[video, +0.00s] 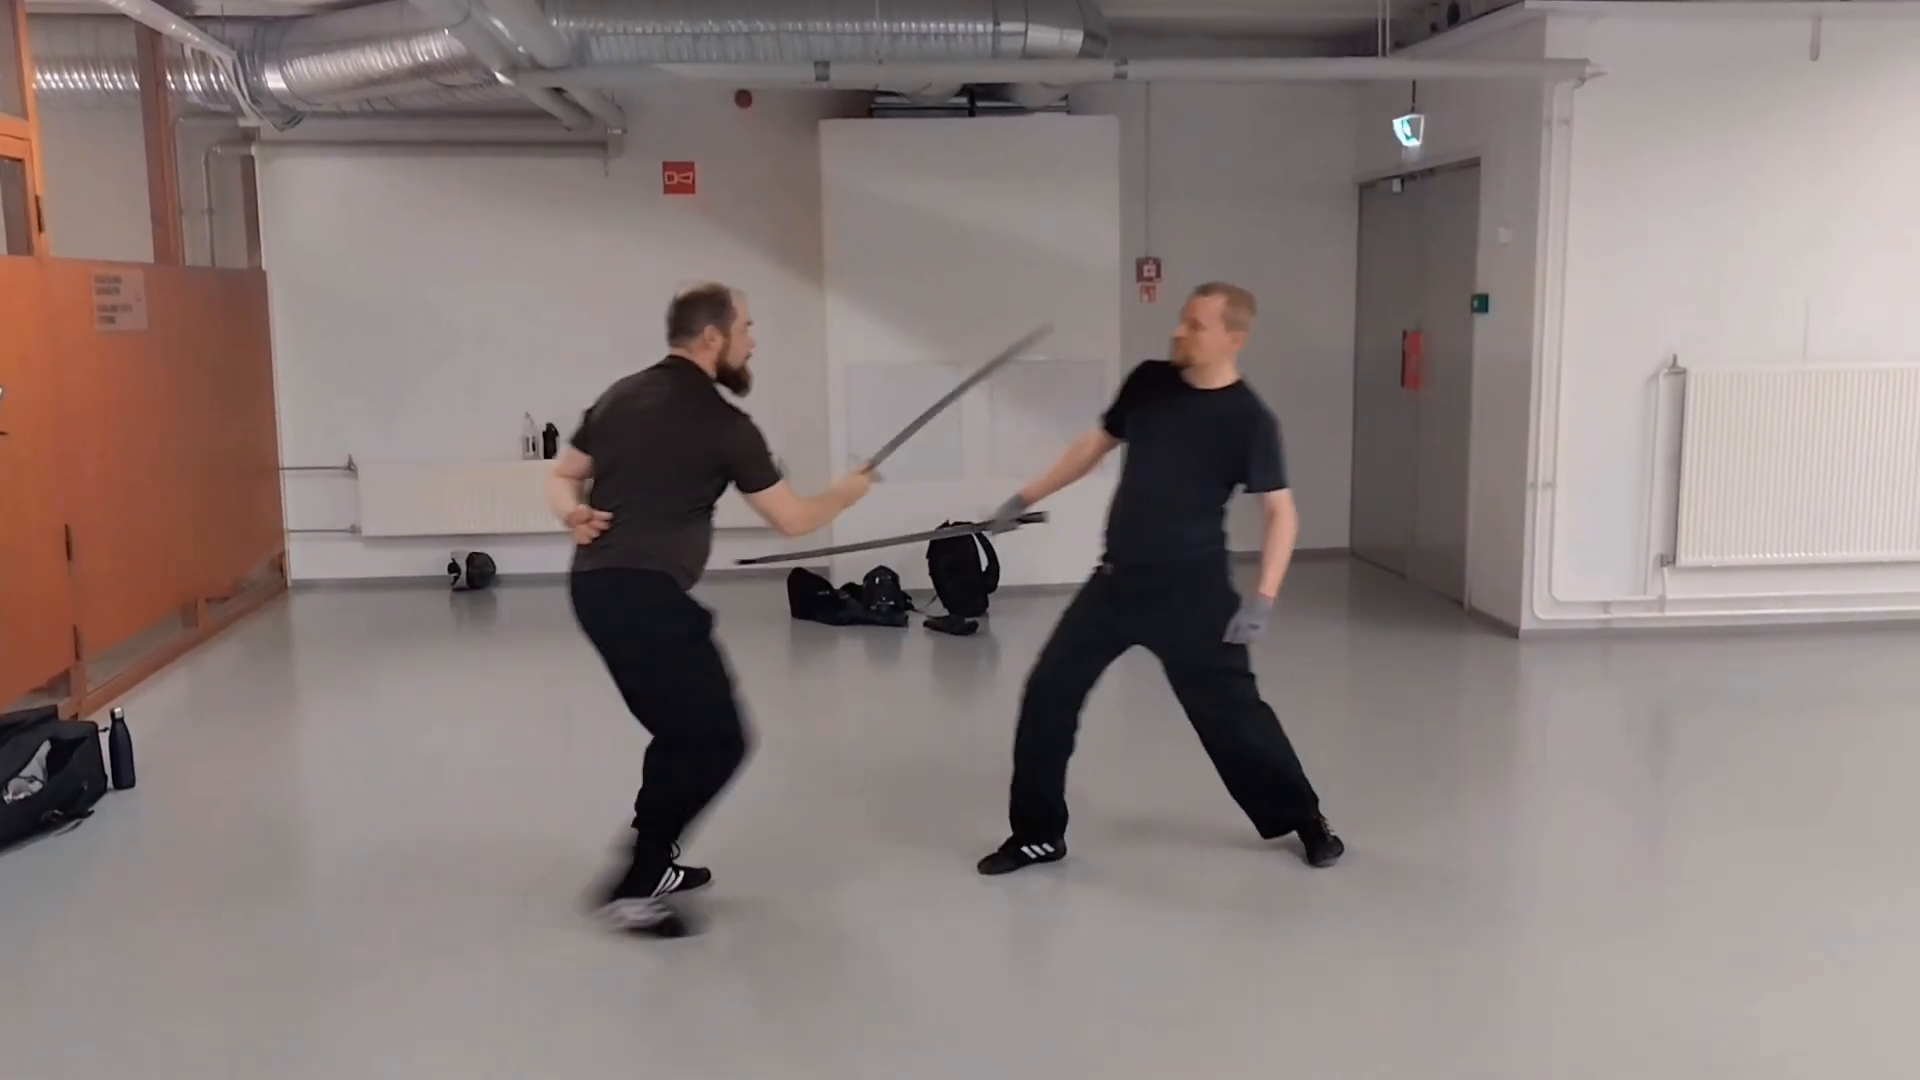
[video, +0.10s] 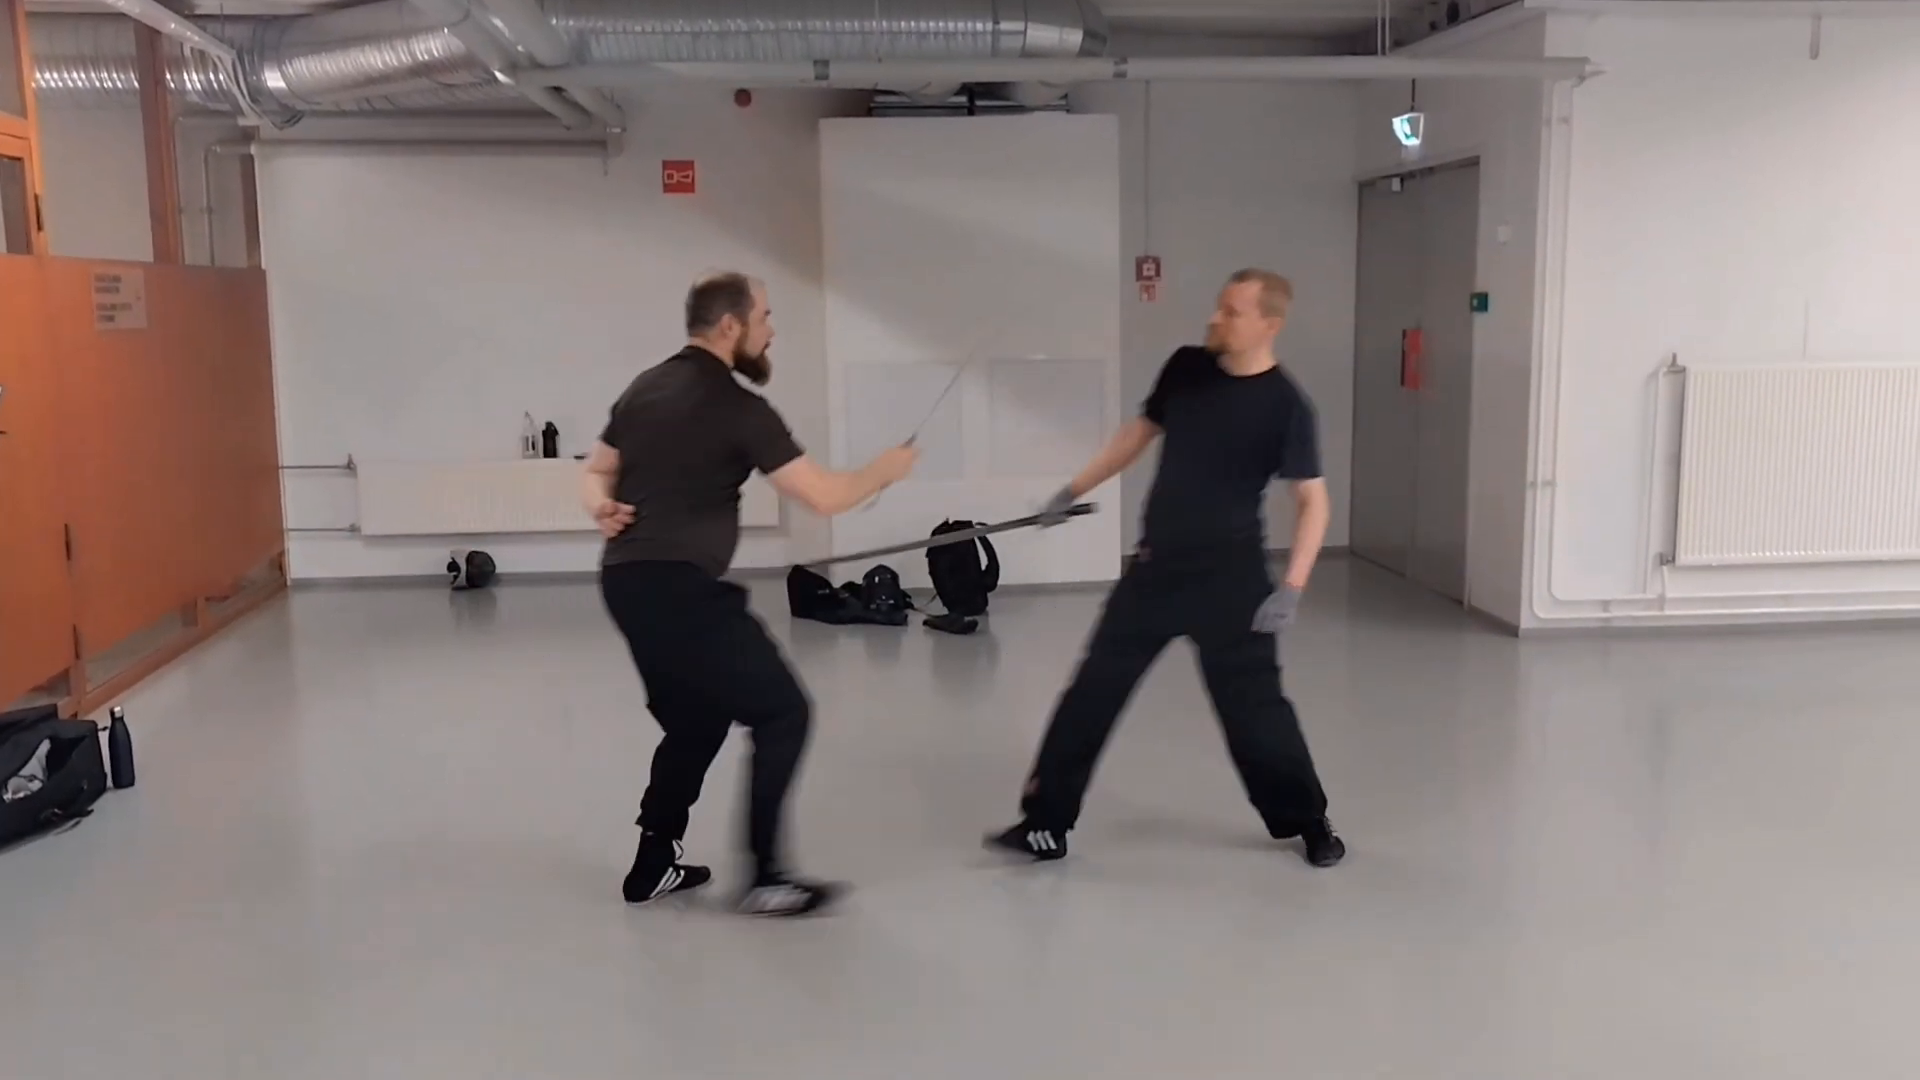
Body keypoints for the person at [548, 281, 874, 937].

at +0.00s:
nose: (751, 342)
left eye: (749, 329)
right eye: (744, 329)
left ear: (686, 338)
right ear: (713, 337)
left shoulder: (623, 397)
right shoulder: (722, 422)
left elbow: (561, 477)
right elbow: (792, 518)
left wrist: (573, 512)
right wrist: (845, 493)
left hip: (598, 586)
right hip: (651, 590)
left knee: (681, 728)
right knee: (720, 739)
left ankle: (648, 860)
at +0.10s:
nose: (771, 331)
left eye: (768, 317)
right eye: (763, 318)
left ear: (709, 328)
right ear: (730, 326)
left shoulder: (645, 390)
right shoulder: (736, 405)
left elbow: (595, 474)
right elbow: (826, 496)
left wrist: (603, 507)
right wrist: (884, 470)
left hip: (629, 579)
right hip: (686, 581)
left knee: (697, 720)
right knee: (784, 709)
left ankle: (653, 865)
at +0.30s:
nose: (819, 320)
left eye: (817, 306)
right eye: (811, 308)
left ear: (753, 318)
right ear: (776, 315)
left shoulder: (710, 383)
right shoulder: (779, 380)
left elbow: (676, 473)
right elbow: (881, 411)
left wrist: (678, 504)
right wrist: (956, 360)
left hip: (707, 577)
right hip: (763, 576)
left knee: (727, 728)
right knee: (856, 712)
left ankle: (654, 860)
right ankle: (902, 863)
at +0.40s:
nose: (852, 315)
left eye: (849, 302)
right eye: (844, 303)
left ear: (789, 315)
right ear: (812, 311)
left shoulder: (750, 382)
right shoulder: (810, 373)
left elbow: (730, 470)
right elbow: (906, 361)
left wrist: (719, 501)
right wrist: (971, 293)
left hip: (742, 580)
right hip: (797, 581)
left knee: (743, 726)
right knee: (890, 706)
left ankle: (653, 858)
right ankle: (904, 865)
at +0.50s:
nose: (879, 308)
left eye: (875, 296)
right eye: (872, 297)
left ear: (813, 311)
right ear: (840, 308)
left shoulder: (782, 377)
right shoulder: (835, 363)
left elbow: (787, 465)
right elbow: (922, 319)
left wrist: (759, 494)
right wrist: (971, 237)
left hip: (765, 573)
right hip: (820, 576)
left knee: (748, 718)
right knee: (909, 709)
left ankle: (654, 850)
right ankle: (906, 865)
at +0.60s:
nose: (895, 316)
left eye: (894, 303)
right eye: (888, 301)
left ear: (827, 306)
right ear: (861, 305)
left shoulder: (795, 379)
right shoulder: (844, 353)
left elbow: (804, 471)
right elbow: (919, 288)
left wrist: (772, 494)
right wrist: (962, 206)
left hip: (773, 567)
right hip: (826, 568)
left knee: (752, 711)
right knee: (914, 705)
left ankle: (657, 841)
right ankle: (906, 863)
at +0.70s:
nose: (896, 315)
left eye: (895, 303)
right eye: (889, 297)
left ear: (827, 300)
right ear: (866, 299)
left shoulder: (800, 373)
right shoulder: (839, 349)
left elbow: (796, 465)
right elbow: (913, 274)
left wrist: (767, 492)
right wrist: (952, 190)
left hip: (771, 564)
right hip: (822, 566)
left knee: (754, 708)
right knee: (911, 704)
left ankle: (666, 837)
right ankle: (903, 860)